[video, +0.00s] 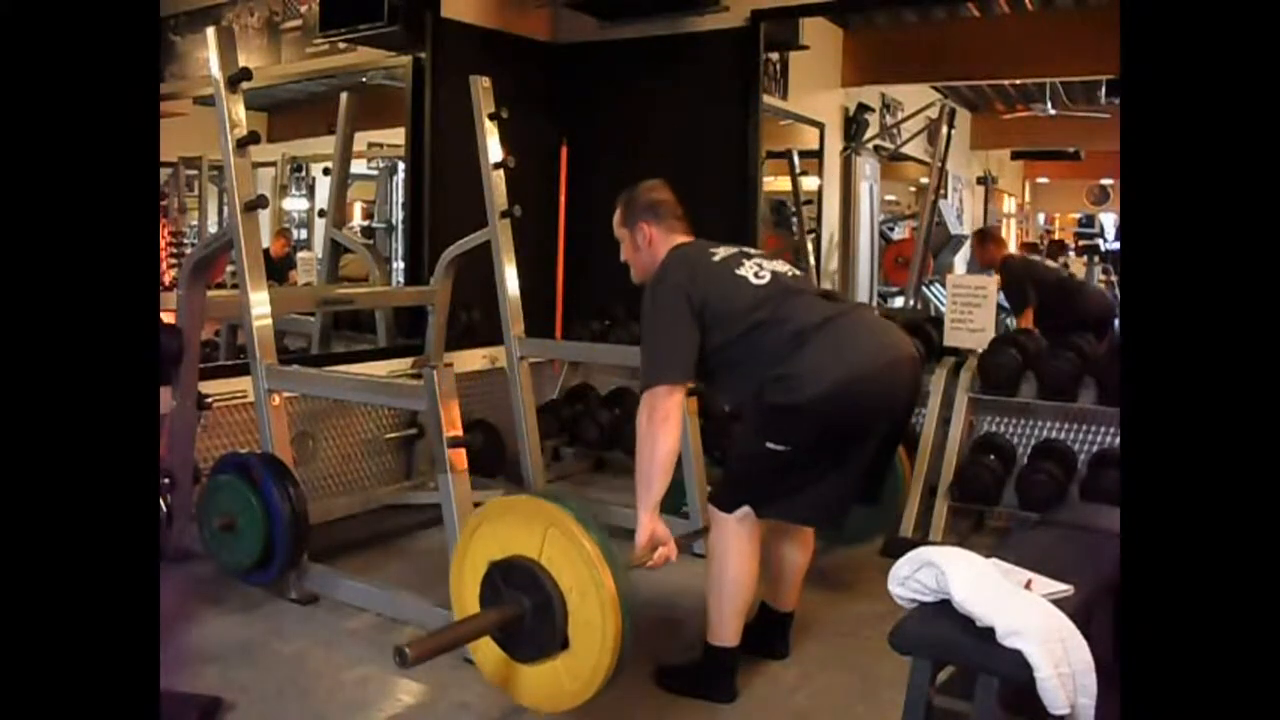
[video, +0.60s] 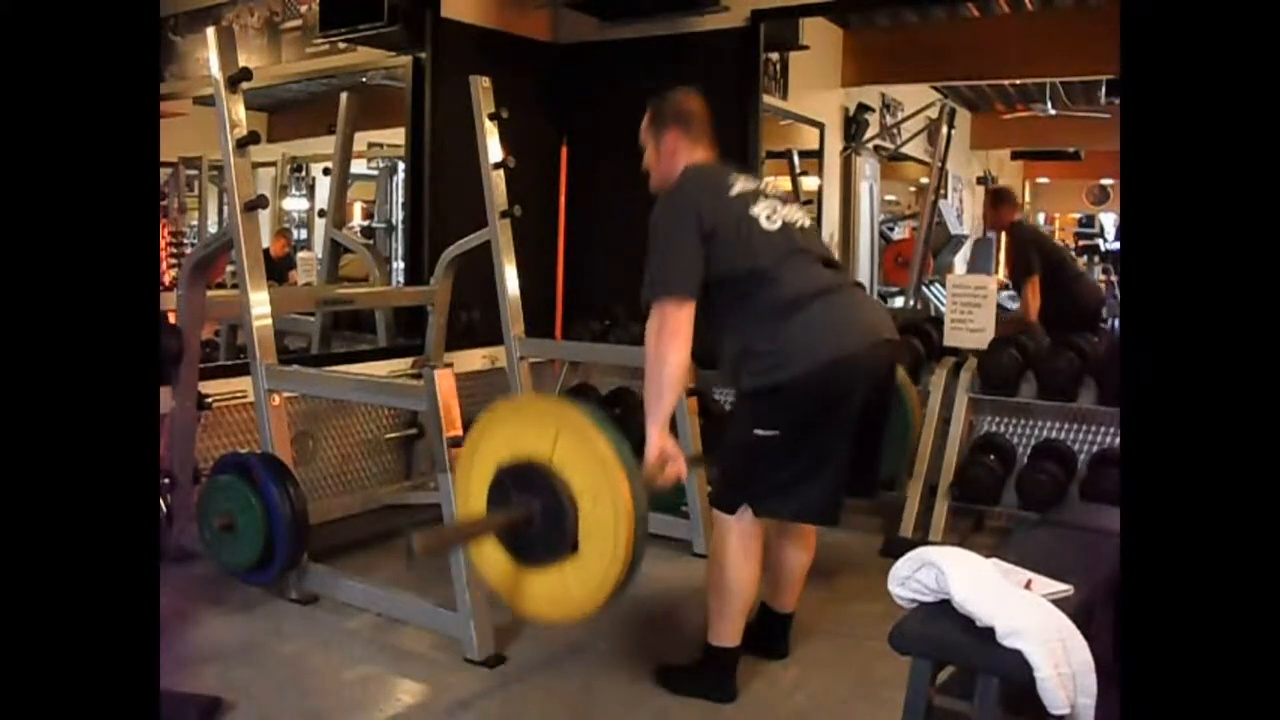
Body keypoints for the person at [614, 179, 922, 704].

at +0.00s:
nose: (623, 258)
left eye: (623, 243)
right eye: (620, 245)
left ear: (646, 233)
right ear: (674, 229)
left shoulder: (673, 279)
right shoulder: (732, 260)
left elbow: (663, 399)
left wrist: (647, 515)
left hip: (823, 374)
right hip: (891, 357)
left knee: (733, 507)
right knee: (795, 503)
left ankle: (716, 669)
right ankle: (773, 629)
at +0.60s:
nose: (647, 166)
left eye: (649, 149)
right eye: (646, 150)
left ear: (670, 141)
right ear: (703, 140)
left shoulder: (682, 199)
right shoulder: (750, 188)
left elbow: (671, 322)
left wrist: (657, 429)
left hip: (798, 359)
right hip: (868, 345)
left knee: (734, 501)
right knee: (800, 500)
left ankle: (717, 667)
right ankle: (774, 630)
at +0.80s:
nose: (704, 78)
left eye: (705, 64)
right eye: (703, 65)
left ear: (725, 56)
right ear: (770, 57)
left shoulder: (732, 125)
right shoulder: (811, 129)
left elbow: (693, 236)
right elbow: (800, 242)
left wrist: (661, 340)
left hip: (758, 346)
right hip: (826, 340)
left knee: (739, 508)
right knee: (787, 496)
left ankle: (717, 668)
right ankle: (773, 631)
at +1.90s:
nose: (662, 133)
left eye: (660, 116)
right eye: (658, 119)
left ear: (685, 99)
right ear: (720, 97)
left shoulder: (706, 160)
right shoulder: (783, 156)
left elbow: (689, 280)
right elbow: (814, 261)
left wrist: (669, 391)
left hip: (773, 356)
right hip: (844, 347)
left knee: (729, 511)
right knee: (789, 498)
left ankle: (716, 666)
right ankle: (773, 629)